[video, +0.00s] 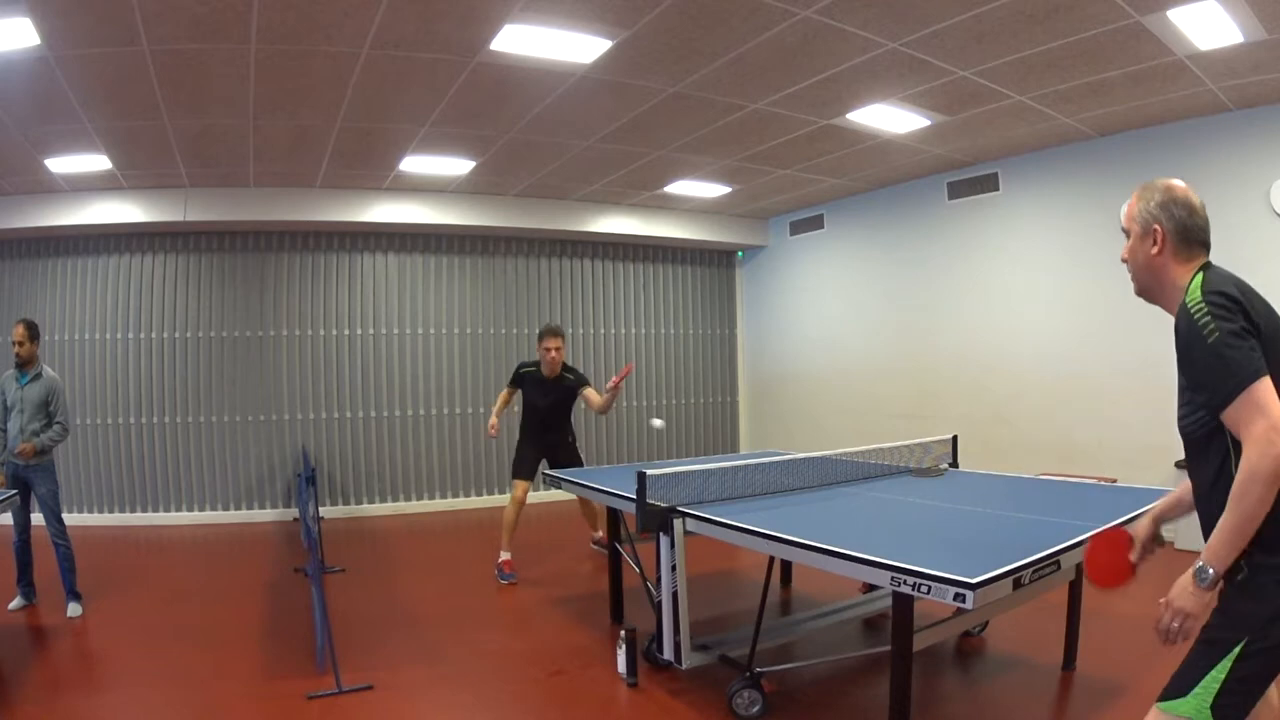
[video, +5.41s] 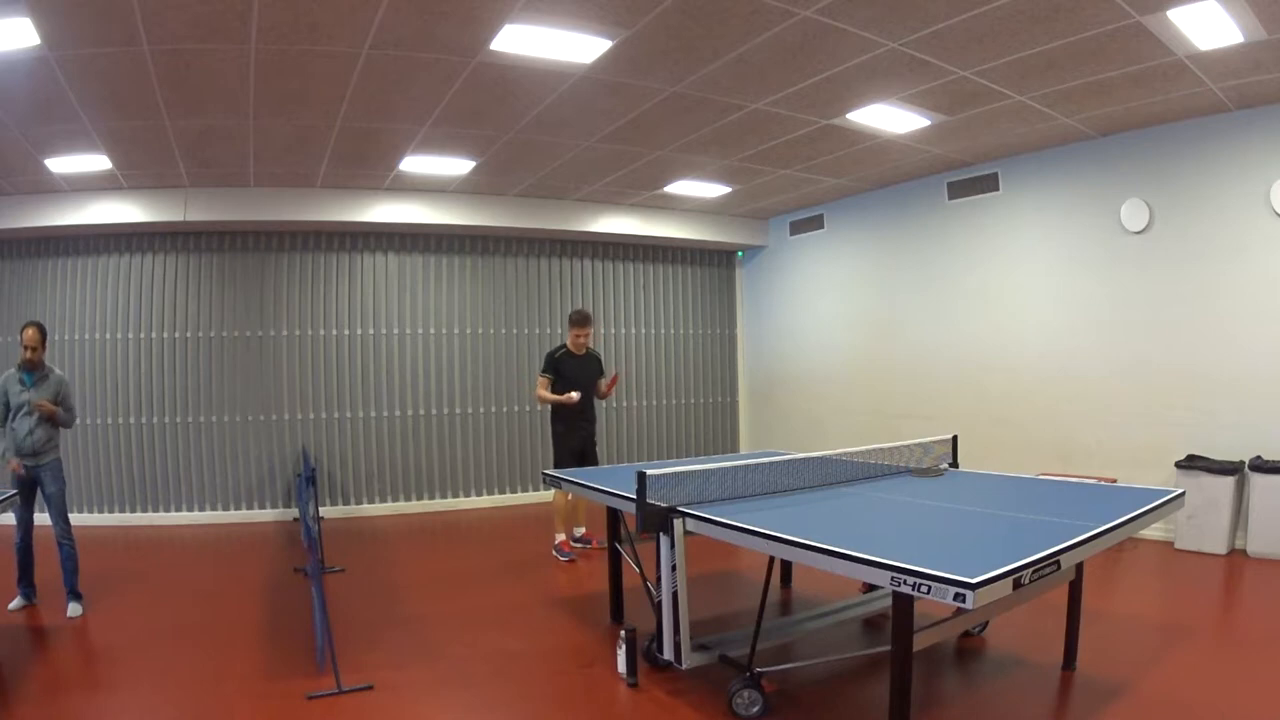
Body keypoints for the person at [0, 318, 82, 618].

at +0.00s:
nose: (15, 348)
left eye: (21, 343)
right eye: (13, 343)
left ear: (36, 344)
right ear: (12, 345)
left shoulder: (51, 382)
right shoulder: (6, 381)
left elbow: (62, 427)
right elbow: (3, 426)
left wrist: (37, 444)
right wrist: (2, 466)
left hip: (41, 466)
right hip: (11, 466)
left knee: (56, 532)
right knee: (20, 533)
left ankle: (72, 596)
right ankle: (26, 593)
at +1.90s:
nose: (18, 343)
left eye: (24, 338)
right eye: (16, 338)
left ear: (38, 343)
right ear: (14, 343)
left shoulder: (53, 384)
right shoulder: (6, 380)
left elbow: (61, 428)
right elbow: (4, 416)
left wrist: (42, 449)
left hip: (40, 464)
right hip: (11, 464)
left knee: (57, 533)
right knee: (19, 533)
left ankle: (72, 596)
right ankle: (26, 593)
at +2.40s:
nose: (17, 345)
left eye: (23, 340)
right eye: (15, 340)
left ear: (38, 344)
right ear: (13, 344)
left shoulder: (52, 383)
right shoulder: (6, 380)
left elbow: (61, 428)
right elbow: (2, 415)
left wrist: (41, 450)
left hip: (41, 464)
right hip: (11, 464)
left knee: (57, 532)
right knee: (20, 533)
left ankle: (72, 596)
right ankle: (26, 593)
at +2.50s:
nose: (17, 345)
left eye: (23, 340)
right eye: (15, 340)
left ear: (38, 344)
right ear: (13, 344)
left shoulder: (52, 383)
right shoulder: (7, 379)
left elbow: (62, 428)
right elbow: (3, 420)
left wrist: (41, 450)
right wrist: (1, 403)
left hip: (41, 463)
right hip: (11, 464)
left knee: (57, 531)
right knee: (20, 533)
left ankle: (72, 596)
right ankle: (26, 593)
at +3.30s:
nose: (18, 345)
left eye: (24, 340)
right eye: (15, 340)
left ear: (38, 344)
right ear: (13, 343)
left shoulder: (52, 382)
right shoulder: (6, 381)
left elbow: (62, 428)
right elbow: (3, 419)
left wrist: (42, 451)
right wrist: (8, 448)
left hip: (41, 463)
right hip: (11, 463)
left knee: (57, 531)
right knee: (20, 532)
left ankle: (73, 596)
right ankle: (26, 593)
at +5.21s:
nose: (28, 356)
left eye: (33, 350)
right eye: (24, 350)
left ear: (44, 347)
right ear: (18, 347)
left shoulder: (57, 378)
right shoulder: (7, 381)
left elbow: (74, 411)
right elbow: (3, 426)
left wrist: (55, 407)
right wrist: (2, 469)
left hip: (47, 461)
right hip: (17, 463)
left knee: (60, 530)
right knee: (22, 532)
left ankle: (73, 596)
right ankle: (26, 593)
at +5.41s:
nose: (29, 354)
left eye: (34, 349)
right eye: (25, 348)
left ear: (45, 347)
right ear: (19, 346)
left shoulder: (57, 380)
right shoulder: (7, 381)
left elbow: (70, 420)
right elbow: (4, 423)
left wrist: (53, 411)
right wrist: (10, 457)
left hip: (49, 461)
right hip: (19, 463)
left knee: (62, 530)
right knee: (22, 532)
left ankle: (73, 596)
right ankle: (26, 593)